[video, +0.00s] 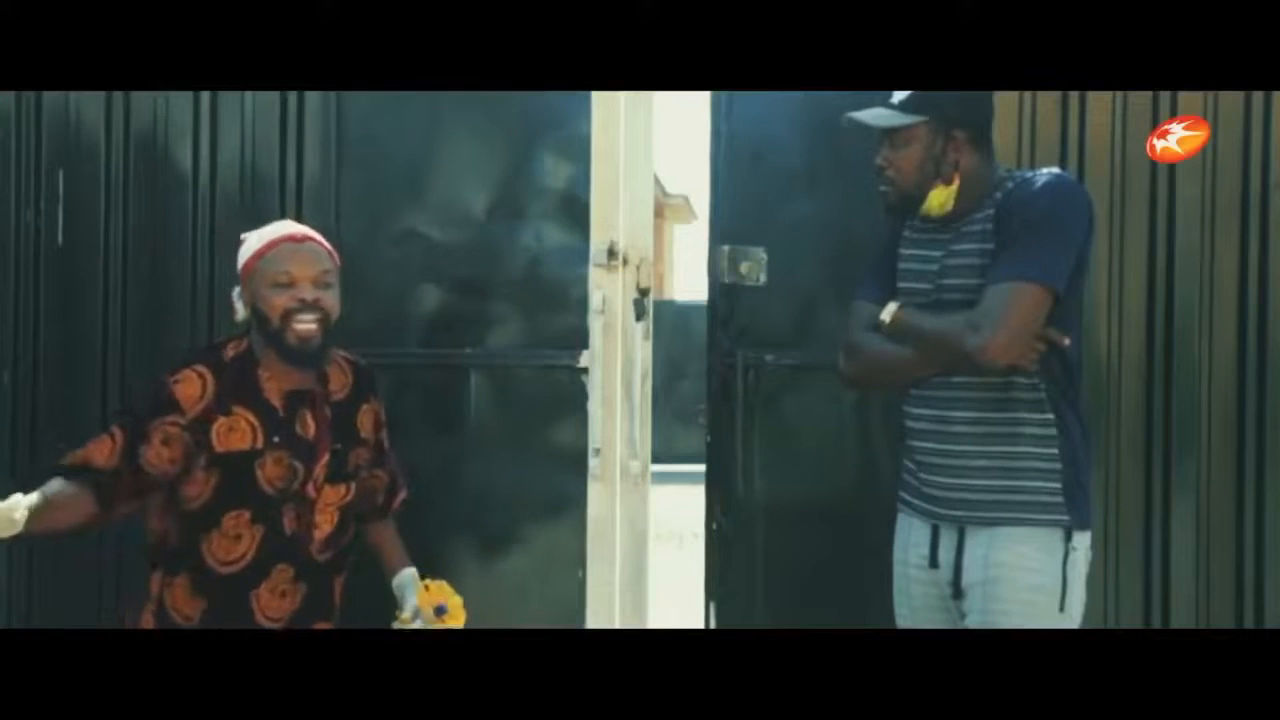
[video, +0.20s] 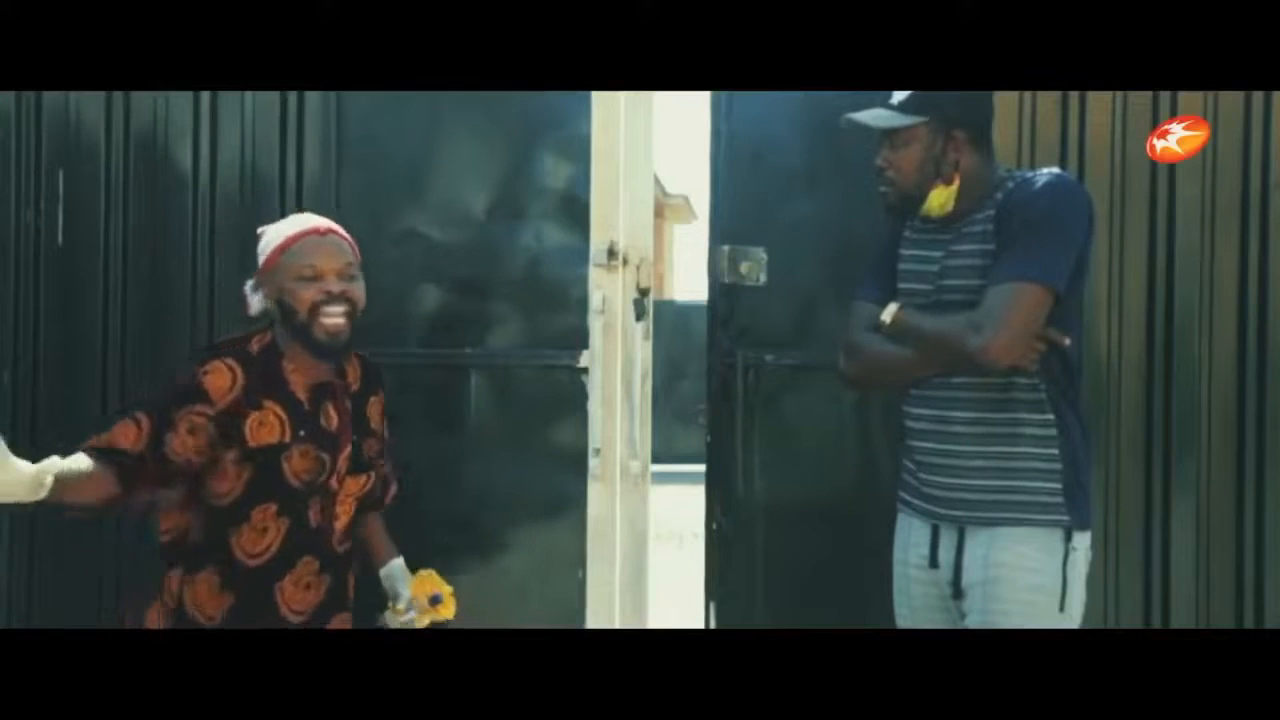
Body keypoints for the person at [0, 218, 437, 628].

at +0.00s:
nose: (308, 299)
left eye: (322, 284)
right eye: (284, 285)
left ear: (339, 295)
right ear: (247, 300)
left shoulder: (353, 387)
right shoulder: (202, 389)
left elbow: (375, 505)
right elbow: (108, 482)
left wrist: (409, 589)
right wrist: (22, 513)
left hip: (310, 620)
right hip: (196, 618)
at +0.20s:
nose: (335, 290)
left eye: (347, 276)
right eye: (312, 277)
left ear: (364, 286)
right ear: (271, 293)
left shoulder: (364, 385)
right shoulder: (230, 377)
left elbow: (365, 501)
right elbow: (136, 464)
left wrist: (399, 582)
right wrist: (37, 482)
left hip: (322, 616)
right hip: (215, 614)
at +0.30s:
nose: (355, 279)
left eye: (363, 265)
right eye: (330, 266)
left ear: (375, 276)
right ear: (287, 282)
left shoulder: (359, 381)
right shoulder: (243, 366)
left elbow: (356, 499)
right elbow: (155, 438)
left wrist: (391, 576)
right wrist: (75, 448)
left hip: (327, 613)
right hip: (222, 613)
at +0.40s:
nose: (356, 257)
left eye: (363, 244)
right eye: (330, 246)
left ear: (374, 253)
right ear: (284, 265)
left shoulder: (354, 373)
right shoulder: (257, 337)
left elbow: (346, 490)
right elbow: (213, 373)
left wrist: (381, 560)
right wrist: (162, 383)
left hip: (325, 605)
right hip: (232, 603)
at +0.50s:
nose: (313, 241)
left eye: (319, 227)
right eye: (296, 229)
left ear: (332, 231)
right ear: (260, 245)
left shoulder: (343, 347)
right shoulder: (237, 324)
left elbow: (343, 469)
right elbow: (278, 311)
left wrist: (375, 546)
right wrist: (320, 273)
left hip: (315, 554)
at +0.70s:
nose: (361, 254)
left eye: (364, 240)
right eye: (338, 241)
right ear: (283, 254)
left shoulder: (339, 340)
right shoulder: (239, 317)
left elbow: (341, 470)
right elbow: (255, 358)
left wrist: (388, 547)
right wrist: (380, 290)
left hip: (315, 587)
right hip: (223, 589)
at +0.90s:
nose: (373, 285)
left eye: (376, 272)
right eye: (350, 272)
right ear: (295, 281)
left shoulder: (344, 373)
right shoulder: (231, 357)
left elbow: (335, 502)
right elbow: (185, 448)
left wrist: (361, 570)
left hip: (312, 606)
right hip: (217, 605)